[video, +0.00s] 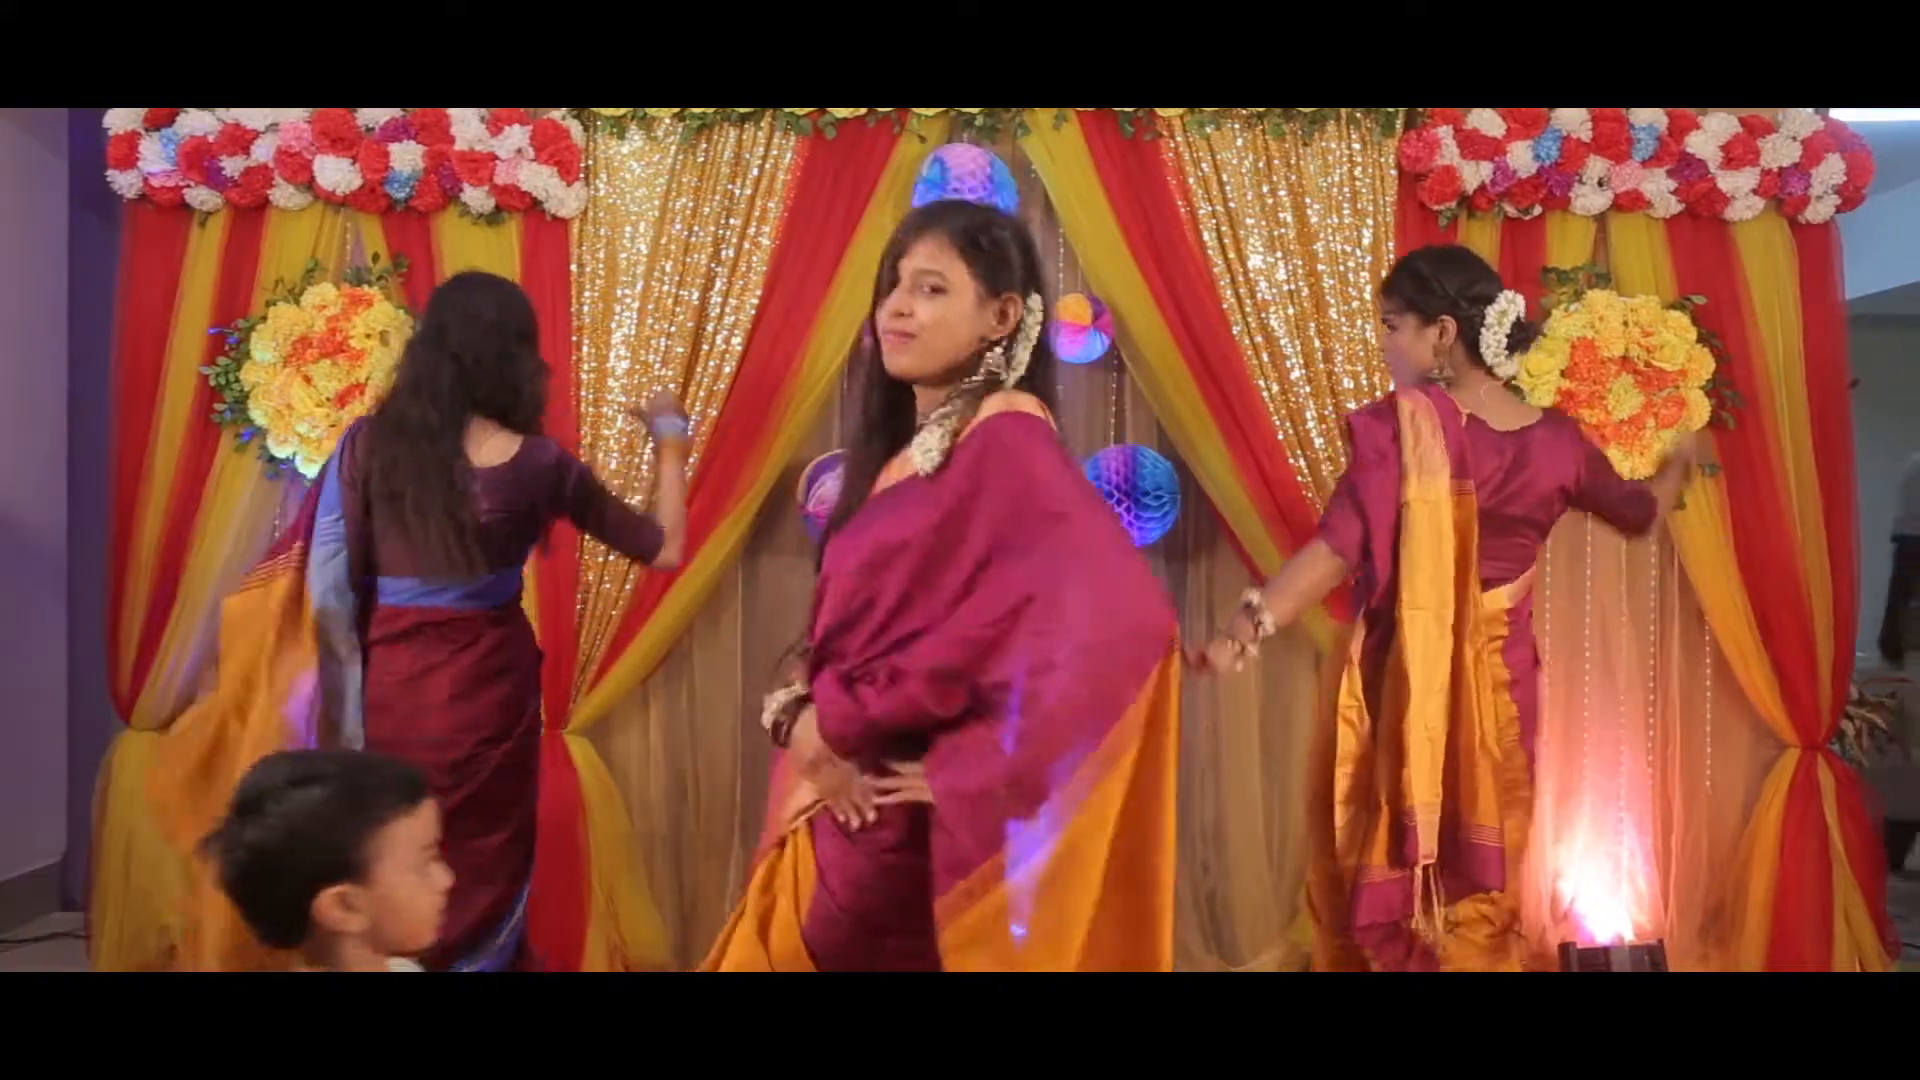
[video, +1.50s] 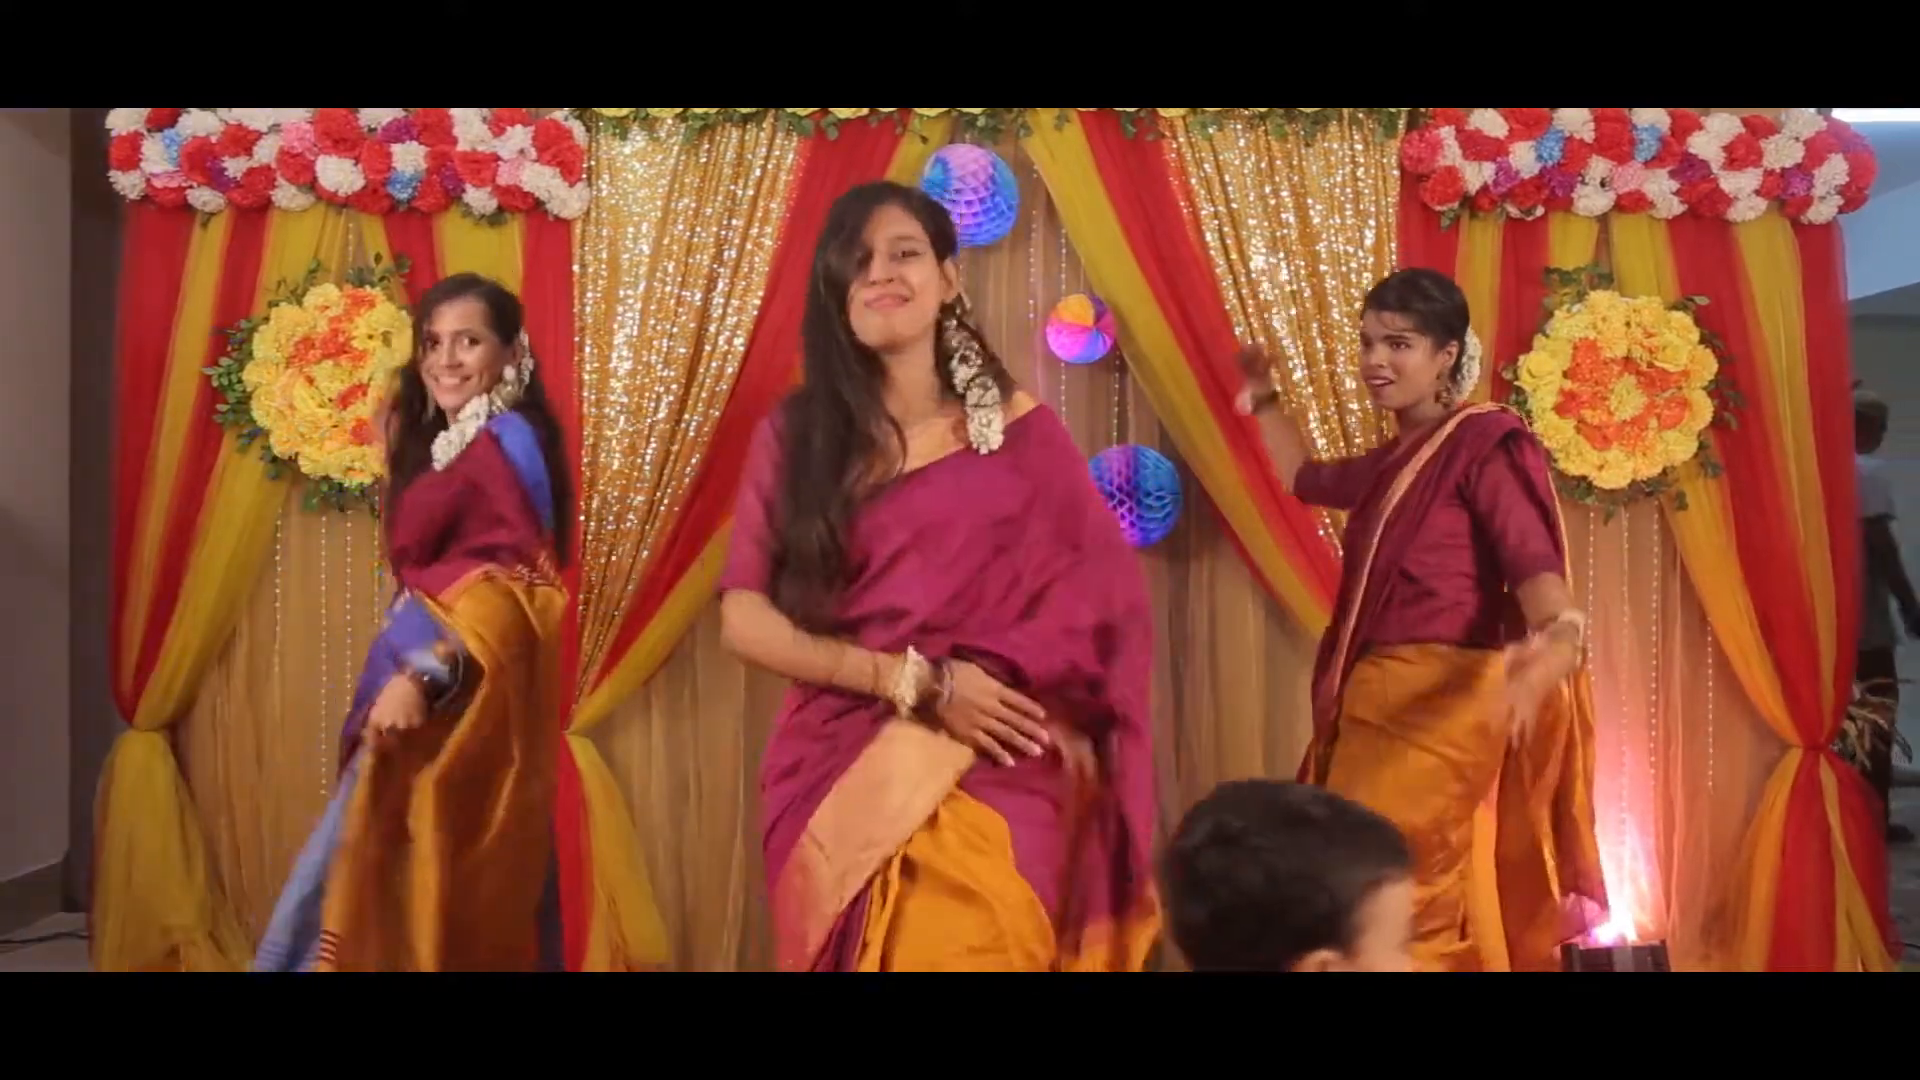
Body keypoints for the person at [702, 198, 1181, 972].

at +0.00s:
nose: (897, 307)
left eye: (933, 288)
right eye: (895, 285)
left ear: (1003, 317)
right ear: (878, 303)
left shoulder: (1008, 435)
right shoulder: (906, 448)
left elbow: (1129, 620)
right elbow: (835, 629)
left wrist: (969, 771)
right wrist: (804, 728)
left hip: (915, 838)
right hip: (837, 825)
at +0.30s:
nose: (950, 297)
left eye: (983, 279)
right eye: (934, 275)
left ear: (1031, 307)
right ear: (907, 298)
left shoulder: (1047, 426)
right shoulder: (897, 443)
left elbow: (1178, 623)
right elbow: (818, 622)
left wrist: (1020, 752)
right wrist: (824, 695)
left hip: (945, 800)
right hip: (851, 786)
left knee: (814, 956)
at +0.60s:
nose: (969, 283)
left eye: (998, 268)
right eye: (950, 257)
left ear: (1024, 293)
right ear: (908, 267)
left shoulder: (1037, 414)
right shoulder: (846, 417)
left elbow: (1202, 565)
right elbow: (741, 579)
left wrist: (1068, 644)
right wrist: (843, 643)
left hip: (981, 730)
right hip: (850, 732)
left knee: (922, 945)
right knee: (867, 944)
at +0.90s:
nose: (950, 288)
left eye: (977, 277)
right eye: (932, 262)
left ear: (995, 305)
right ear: (885, 268)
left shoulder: (1027, 429)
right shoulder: (808, 427)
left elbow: (1171, 588)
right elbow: (742, 611)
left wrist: (1100, 701)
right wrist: (902, 677)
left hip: (995, 768)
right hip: (836, 762)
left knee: (961, 950)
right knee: (825, 948)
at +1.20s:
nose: (925, 301)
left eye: (947, 288)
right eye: (902, 280)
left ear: (967, 319)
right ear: (855, 297)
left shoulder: (1016, 437)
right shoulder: (801, 464)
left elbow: (1136, 603)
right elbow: (752, 659)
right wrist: (920, 715)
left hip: (999, 780)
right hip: (828, 783)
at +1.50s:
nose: (883, 272)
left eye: (907, 252)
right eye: (859, 259)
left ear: (951, 280)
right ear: (836, 295)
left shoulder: (1019, 423)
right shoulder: (796, 433)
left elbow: (1109, 590)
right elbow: (745, 620)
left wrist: (976, 680)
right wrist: (911, 680)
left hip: (1002, 763)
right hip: (842, 762)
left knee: (969, 939)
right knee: (860, 947)